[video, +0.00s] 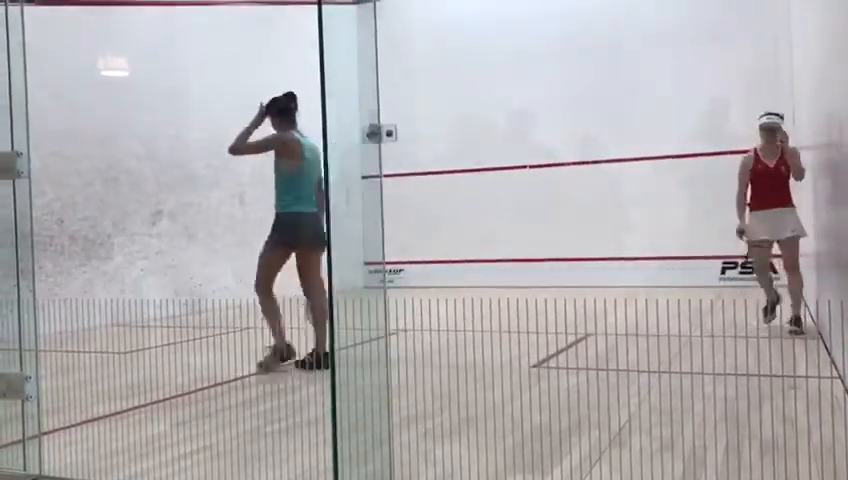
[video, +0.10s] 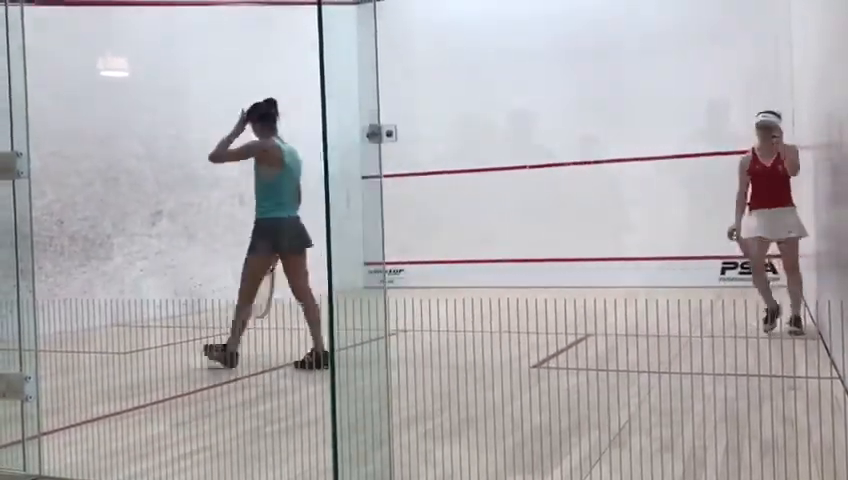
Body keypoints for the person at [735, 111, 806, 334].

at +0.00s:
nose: (770, 134)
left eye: (774, 130)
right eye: (765, 130)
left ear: (781, 131)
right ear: (759, 132)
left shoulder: (789, 153)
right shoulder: (749, 159)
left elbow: (799, 176)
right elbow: (741, 192)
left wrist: (787, 149)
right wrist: (741, 221)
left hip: (785, 215)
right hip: (758, 218)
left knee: (792, 267)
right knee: (760, 267)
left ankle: (796, 314)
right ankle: (771, 296)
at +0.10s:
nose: (767, 133)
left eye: (771, 129)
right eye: (762, 129)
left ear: (779, 131)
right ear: (757, 131)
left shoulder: (788, 151)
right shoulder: (747, 160)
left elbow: (793, 171)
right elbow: (742, 194)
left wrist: (781, 148)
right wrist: (736, 224)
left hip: (785, 215)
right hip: (758, 217)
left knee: (791, 267)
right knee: (756, 267)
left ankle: (796, 315)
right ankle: (770, 306)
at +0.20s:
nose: (759, 132)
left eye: (763, 128)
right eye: (754, 128)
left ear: (773, 129)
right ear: (749, 130)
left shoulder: (783, 150)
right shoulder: (742, 160)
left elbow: (783, 169)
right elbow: (738, 195)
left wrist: (772, 142)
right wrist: (733, 226)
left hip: (782, 216)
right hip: (755, 218)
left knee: (788, 268)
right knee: (752, 270)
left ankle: (795, 317)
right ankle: (760, 321)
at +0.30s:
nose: (750, 133)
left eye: (754, 128)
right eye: (746, 129)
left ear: (764, 131)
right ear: (741, 133)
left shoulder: (776, 151)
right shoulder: (737, 162)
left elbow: (774, 167)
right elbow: (733, 198)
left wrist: (763, 141)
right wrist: (728, 230)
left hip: (776, 218)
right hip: (750, 221)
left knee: (786, 270)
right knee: (752, 273)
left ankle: (793, 316)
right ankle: (749, 323)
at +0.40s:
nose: (738, 133)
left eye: (743, 128)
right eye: (734, 128)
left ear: (755, 130)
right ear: (730, 132)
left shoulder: (766, 150)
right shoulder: (726, 162)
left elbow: (764, 165)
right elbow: (726, 200)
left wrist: (752, 140)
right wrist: (724, 232)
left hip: (767, 218)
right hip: (740, 221)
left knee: (778, 270)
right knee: (743, 275)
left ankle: (791, 313)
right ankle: (746, 325)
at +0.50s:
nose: (726, 128)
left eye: (731, 124)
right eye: (724, 124)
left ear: (743, 127)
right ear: (721, 129)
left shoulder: (757, 147)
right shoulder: (717, 159)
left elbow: (753, 162)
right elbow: (717, 197)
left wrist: (740, 138)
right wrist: (716, 231)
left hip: (756, 217)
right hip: (730, 219)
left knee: (763, 271)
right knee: (739, 275)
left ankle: (784, 306)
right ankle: (745, 325)